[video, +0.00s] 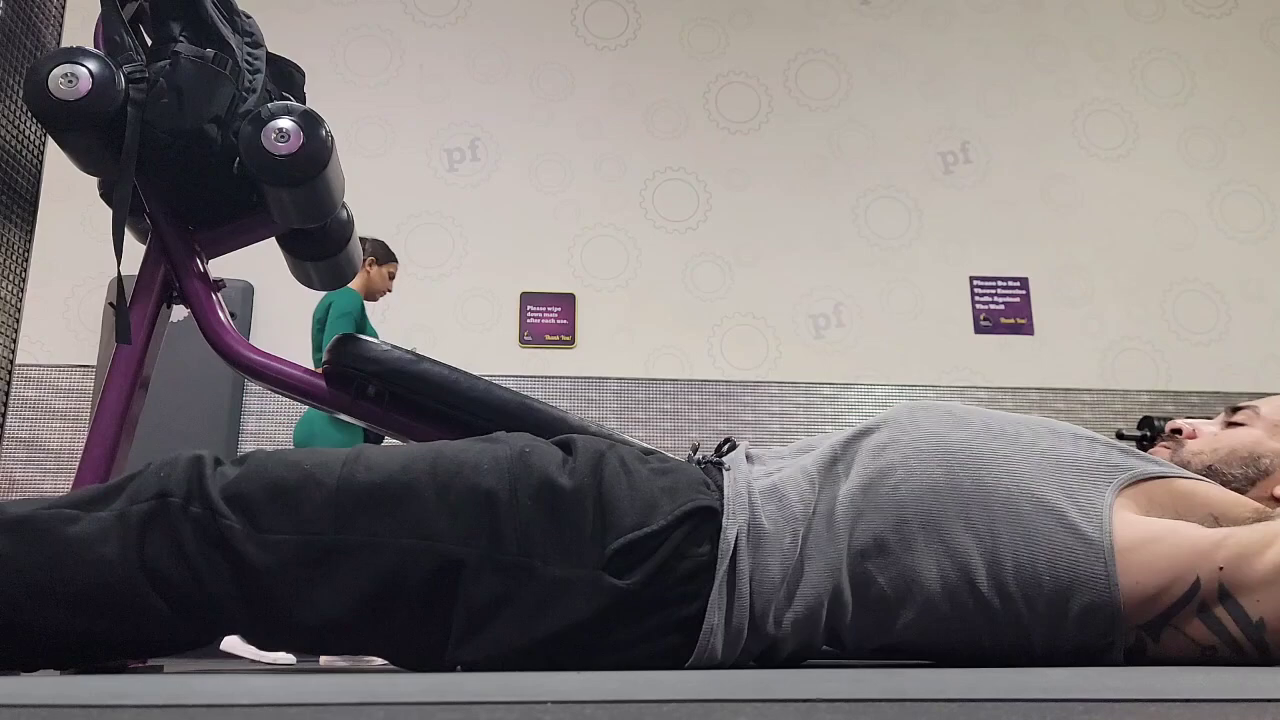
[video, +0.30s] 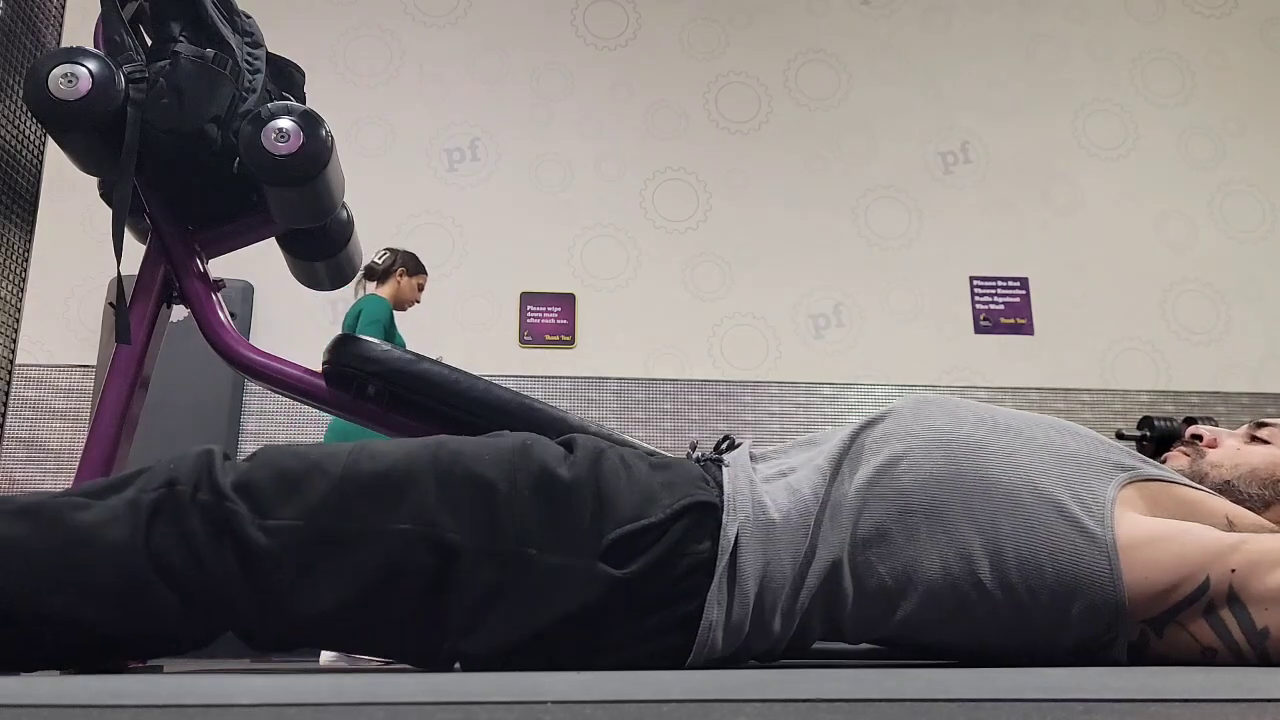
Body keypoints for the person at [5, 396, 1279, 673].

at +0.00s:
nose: (1233, 415)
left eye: (1255, 426)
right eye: (1243, 404)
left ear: (1261, 472)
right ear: (1211, 417)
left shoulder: (1219, 545)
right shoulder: (1118, 469)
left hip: (673, 551)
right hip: (663, 492)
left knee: (210, 525)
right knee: (212, 513)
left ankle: (21, 583)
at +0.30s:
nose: (1235, 435)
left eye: (1259, 447)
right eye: (1243, 425)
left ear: (1262, 499)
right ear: (1205, 432)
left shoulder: (1212, 552)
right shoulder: (1121, 480)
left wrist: (1241, 541)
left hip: (670, 550)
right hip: (663, 495)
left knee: (228, 532)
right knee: (225, 511)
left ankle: (13, 568)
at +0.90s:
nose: (1221, 445)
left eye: (1246, 456)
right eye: (1233, 431)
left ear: (1238, 501)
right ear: (1191, 440)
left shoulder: (1166, 564)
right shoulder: (1110, 486)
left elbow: (1278, 566)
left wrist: (1241, 497)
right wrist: (1224, 467)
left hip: (661, 565)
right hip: (650, 497)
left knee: (279, 333)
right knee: (285, 331)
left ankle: (7, 372)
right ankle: (16, 375)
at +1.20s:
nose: (1185, 417)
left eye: (1207, 418)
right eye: (1197, 401)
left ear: (1229, 479)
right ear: (1199, 440)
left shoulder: (1187, 572)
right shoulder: (1092, 489)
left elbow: (1238, 412)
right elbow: (1004, 432)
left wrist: (1250, 270)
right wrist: (1149, 297)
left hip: (654, 566)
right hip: (659, 500)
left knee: (409, 230)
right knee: (408, 234)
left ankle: (56, 222)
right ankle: (75, 205)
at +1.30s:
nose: (1236, 366)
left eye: (1268, 385)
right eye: (1256, 361)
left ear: (1265, 468)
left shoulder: (1196, 539)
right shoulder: (1087, 498)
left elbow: (1154, 259)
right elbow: (939, 414)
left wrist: (1187, 78)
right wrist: (1014, 250)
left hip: (666, 570)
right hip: (665, 521)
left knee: (456, 213)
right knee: (462, 199)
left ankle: (81, 195)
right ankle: (118, 188)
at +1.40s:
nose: (1144, 347)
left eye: (1184, 347)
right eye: (1158, 336)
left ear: (1240, 429)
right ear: (1146, 393)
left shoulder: (1189, 520)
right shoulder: (1052, 473)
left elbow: (1044, 268)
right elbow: (879, 397)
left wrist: (1005, 72)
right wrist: (896, 212)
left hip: (667, 565)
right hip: (649, 527)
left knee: (492, 196)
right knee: (482, 208)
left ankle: (131, 150)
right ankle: (164, 195)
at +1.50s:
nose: (1067, 328)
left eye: (1111, 318)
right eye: (1081, 308)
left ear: (1204, 371)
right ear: (1157, 369)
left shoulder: (1173, 482)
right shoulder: (1028, 472)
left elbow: (968, 286)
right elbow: (827, 373)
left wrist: (849, 96)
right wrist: (780, 190)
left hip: (681, 562)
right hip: (664, 534)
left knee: (514, 187)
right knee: (508, 209)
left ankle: (144, 142)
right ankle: (176, 191)